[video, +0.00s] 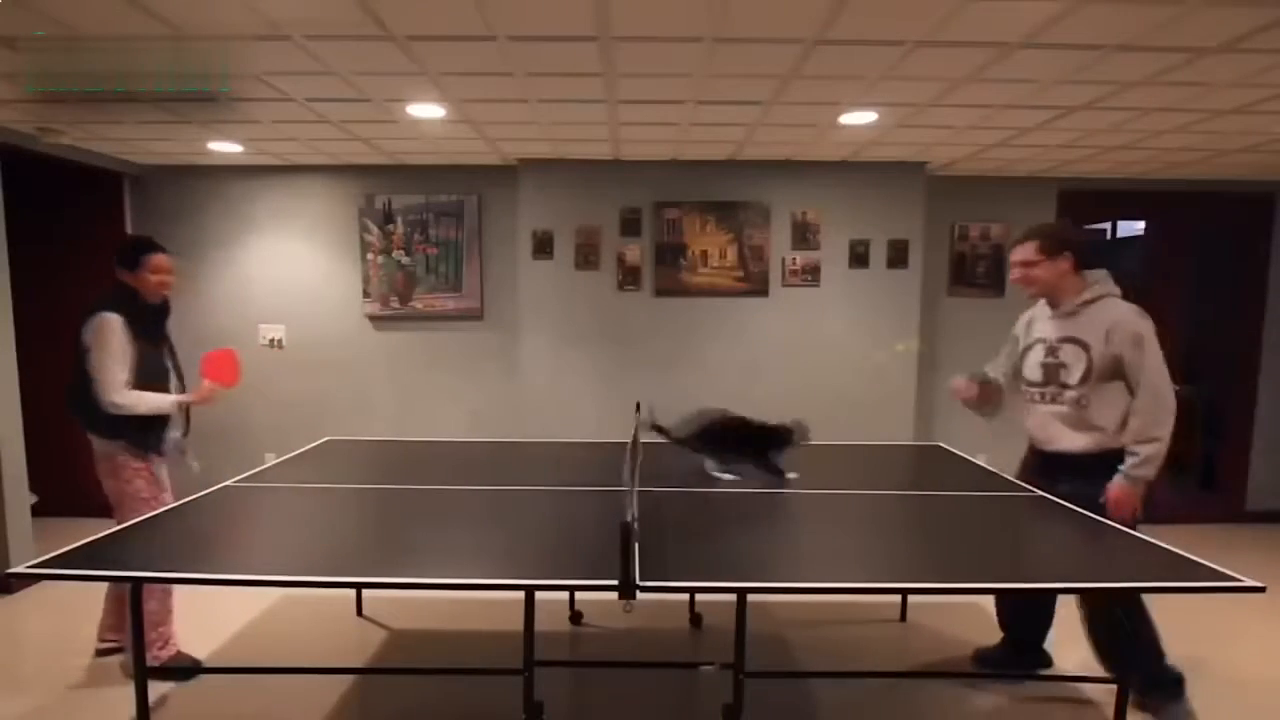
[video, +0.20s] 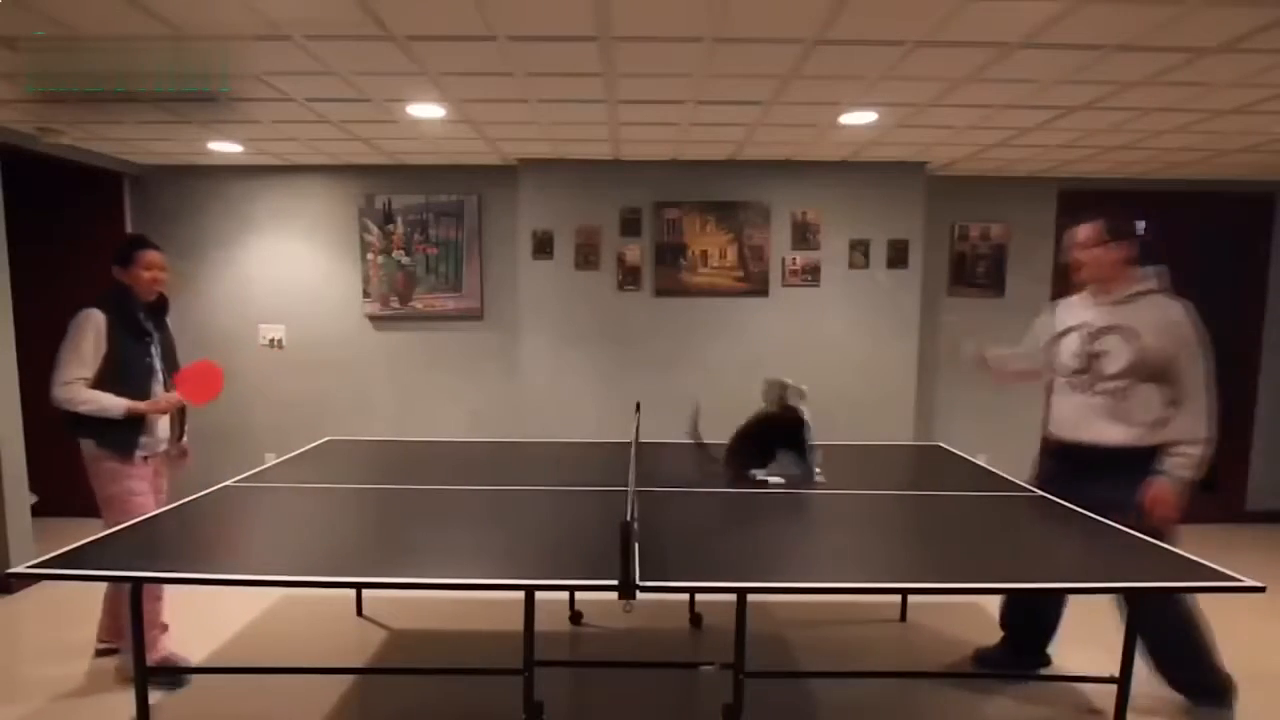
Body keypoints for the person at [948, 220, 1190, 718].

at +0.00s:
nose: (1017, 277)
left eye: (1026, 266)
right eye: (1014, 268)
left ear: (1064, 263)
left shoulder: (1124, 322)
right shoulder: (1030, 321)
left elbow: (1157, 403)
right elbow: (1001, 387)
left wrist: (1133, 476)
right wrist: (979, 393)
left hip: (1100, 469)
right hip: (1041, 464)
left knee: (1104, 586)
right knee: (1018, 555)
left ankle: (1160, 692)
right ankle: (1022, 647)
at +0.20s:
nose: (1078, 256)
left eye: (1089, 246)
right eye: (1075, 248)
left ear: (1122, 250)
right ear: (1072, 257)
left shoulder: (1166, 314)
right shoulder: (1064, 313)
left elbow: (1197, 404)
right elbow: (1033, 358)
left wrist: (1174, 476)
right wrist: (991, 361)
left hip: (1132, 468)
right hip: (1062, 462)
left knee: (1145, 586)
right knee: (1036, 558)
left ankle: (1210, 691)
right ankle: (1021, 648)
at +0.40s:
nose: (1139, 253)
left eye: (1151, 243)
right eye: (1139, 242)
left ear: (1190, 249)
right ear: (1143, 250)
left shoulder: (1238, 318)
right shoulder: (1149, 307)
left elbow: (1266, 415)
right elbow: (1150, 380)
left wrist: (1243, 492)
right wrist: (1109, 393)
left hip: (1200, 475)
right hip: (1140, 467)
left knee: (1202, 595)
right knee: (1103, 568)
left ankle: (1212, 698)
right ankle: (1052, 656)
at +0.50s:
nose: (1157, 246)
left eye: (1170, 236)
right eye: (1156, 236)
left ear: (1211, 242)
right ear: (1156, 243)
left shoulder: (1258, 309)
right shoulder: (1162, 302)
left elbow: (1276, 402)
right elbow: (1167, 371)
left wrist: (1267, 480)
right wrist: (1132, 384)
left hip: (1222, 466)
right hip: (1158, 458)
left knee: (1218, 589)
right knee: (1136, 563)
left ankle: (1212, 698)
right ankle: (1130, 654)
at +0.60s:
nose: (1162, 249)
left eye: (1175, 240)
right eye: (1160, 240)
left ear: (1215, 246)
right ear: (1160, 246)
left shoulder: (1263, 307)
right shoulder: (1162, 306)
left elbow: (1278, 396)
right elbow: (1163, 370)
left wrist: (1276, 478)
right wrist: (1140, 387)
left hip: (1240, 464)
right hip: (1174, 459)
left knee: (1231, 582)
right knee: (1175, 566)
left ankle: (1219, 694)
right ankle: (1187, 654)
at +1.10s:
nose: (1218, 250)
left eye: (1232, 239)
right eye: (1214, 239)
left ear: (1267, 248)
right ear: (1206, 248)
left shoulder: (1275, 308)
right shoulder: (1194, 315)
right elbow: (1186, 379)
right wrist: (1160, 390)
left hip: (1267, 462)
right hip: (1206, 461)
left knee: (1278, 567)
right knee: (1206, 564)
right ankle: (1200, 659)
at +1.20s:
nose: (1250, 259)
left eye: (1261, 249)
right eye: (1243, 249)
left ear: (1279, 257)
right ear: (1232, 258)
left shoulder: (1275, 324)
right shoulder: (1216, 324)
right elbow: (1183, 379)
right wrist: (1171, 403)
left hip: (1265, 472)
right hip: (1228, 468)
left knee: (1243, 572)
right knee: (1214, 564)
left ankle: (1212, 663)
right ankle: (1198, 656)